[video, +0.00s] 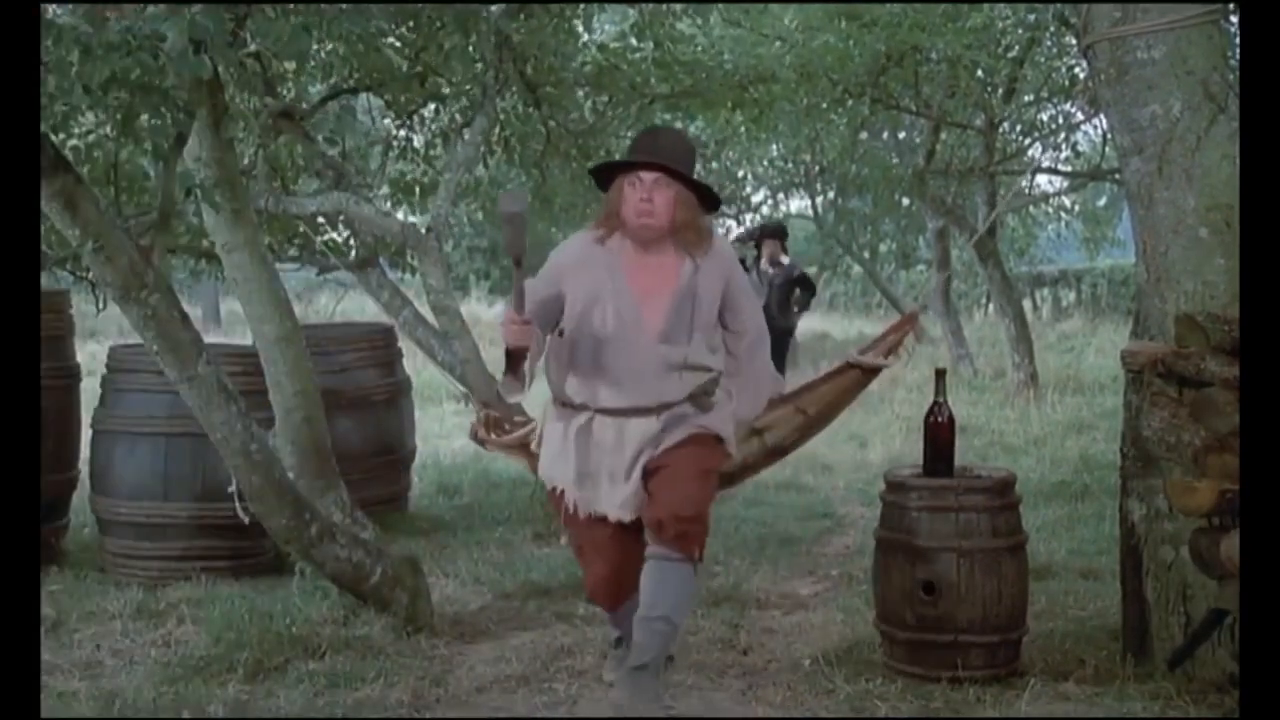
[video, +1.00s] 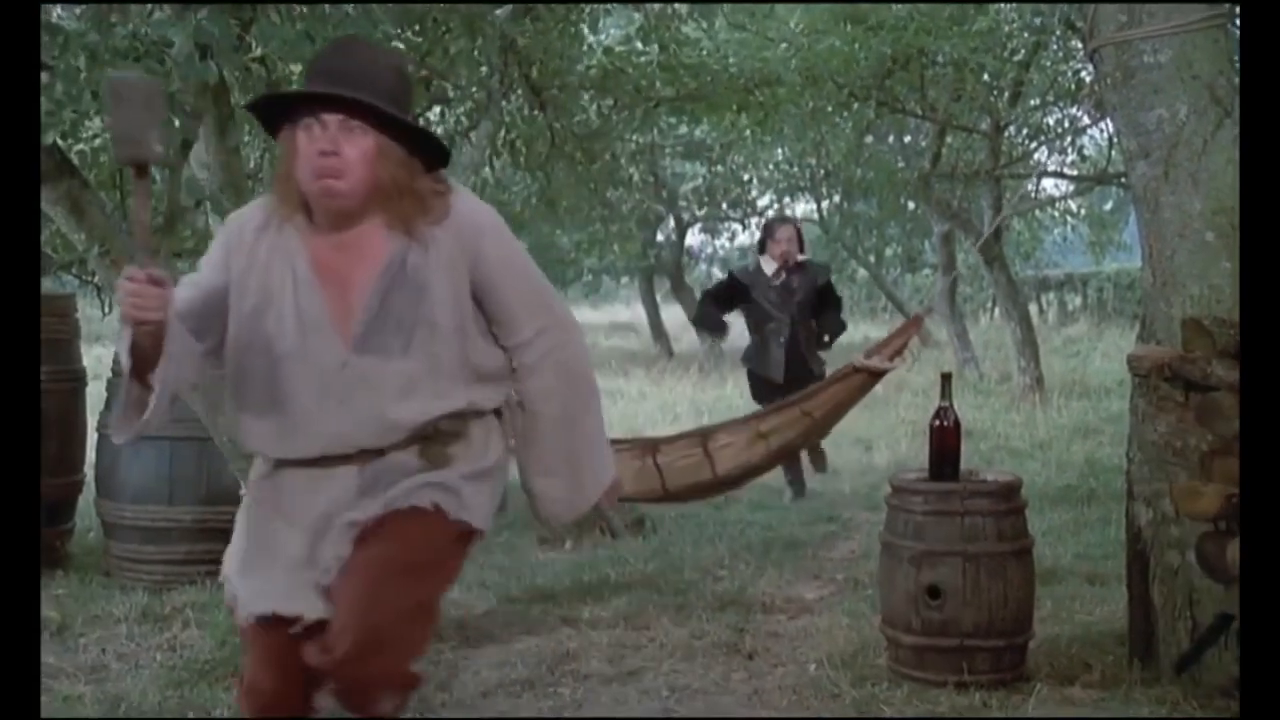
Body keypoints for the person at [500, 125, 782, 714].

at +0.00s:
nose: (644, 195)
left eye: (660, 185)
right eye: (633, 183)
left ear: (686, 200)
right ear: (617, 192)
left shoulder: (713, 262)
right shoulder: (577, 258)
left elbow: (753, 348)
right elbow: (525, 328)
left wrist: (728, 425)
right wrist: (518, 341)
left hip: (679, 423)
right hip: (587, 430)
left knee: (680, 512)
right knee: (607, 575)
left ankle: (648, 668)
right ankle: (627, 638)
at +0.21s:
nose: (627, 193)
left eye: (643, 183)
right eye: (616, 181)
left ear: (671, 200)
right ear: (598, 192)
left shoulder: (703, 265)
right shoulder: (558, 261)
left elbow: (746, 350)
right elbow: (515, 324)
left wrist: (760, 425)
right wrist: (493, 333)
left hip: (666, 442)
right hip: (569, 447)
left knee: (663, 565)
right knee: (585, 592)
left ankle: (627, 701)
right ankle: (633, 622)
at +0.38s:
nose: (588, 176)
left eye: (606, 163)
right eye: (575, 161)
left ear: (635, 180)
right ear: (555, 174)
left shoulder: (674, 244)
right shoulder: (523, 246)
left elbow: (737, 335)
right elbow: (481, 322)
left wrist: (766, 434)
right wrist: (454, 328)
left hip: (655, 449)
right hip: (541, 448)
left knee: (647, 602)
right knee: (525, 578)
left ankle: (615, 703)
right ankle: (559, 650)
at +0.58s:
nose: (528, 172)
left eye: (547, 158)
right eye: (514, 155)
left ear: (579, 172)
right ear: (492, 169)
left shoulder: (626, 231)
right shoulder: (463, 248)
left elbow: (694, 320)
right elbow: (408, 357)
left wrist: (697, 416)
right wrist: (386, 335)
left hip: (612, 466)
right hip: (486, 459)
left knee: (643, 653)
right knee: (427, 600)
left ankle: (613, 702)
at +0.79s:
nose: (406, 166)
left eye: (428, 151)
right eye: (392, 149)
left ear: (466, 171)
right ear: (369, 165)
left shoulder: (517, 246)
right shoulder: (331, 251)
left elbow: (589, 358)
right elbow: (272, 369)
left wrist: (623, 479)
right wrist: (242, 348)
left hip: (504, 499)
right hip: (365, 495)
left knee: (556, 691)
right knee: (318, 651)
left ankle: (598, 702)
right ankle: (358, 705)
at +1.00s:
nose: (327, 144)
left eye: (351, 127)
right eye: (312, 126)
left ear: (392, 147)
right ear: (288, 143)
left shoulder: (458, 226)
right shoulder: (252, 235)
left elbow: (547, 341)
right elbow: (188, 350)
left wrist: (570, 474)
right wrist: (149, 325)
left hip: (430, 471)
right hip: (294, 482)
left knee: (361, 647)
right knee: (268, 684)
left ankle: (380, 703)